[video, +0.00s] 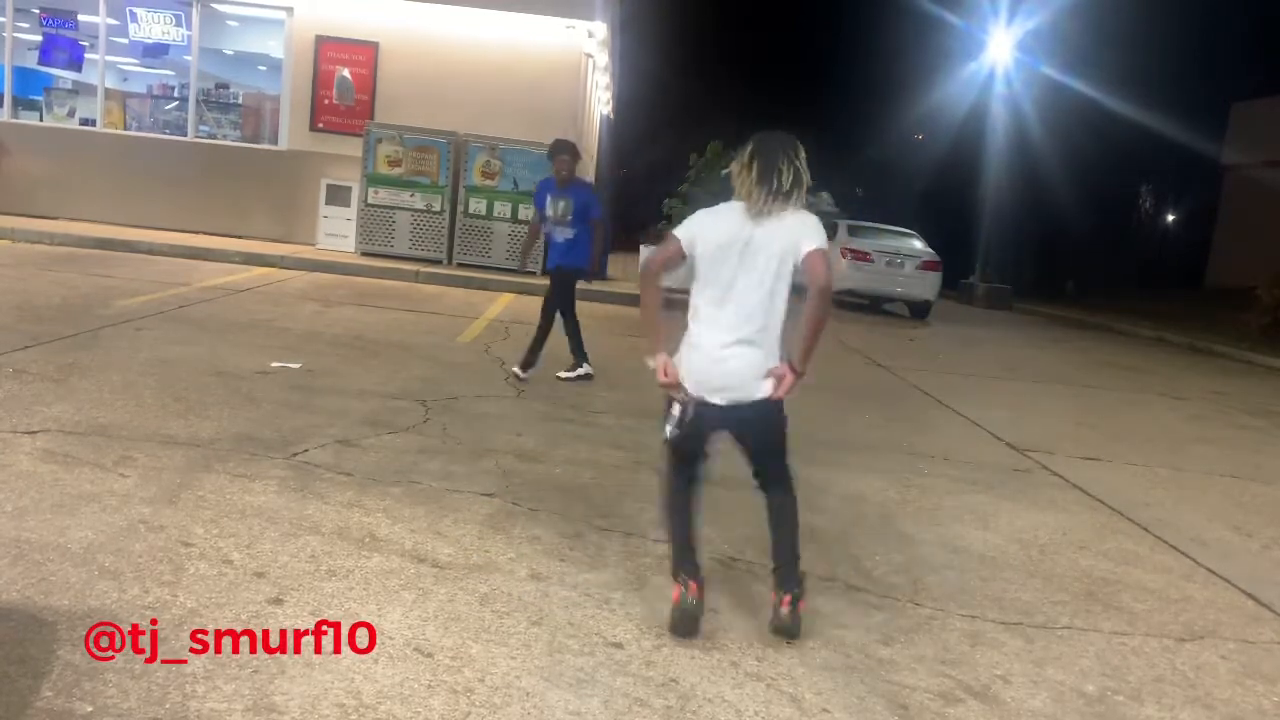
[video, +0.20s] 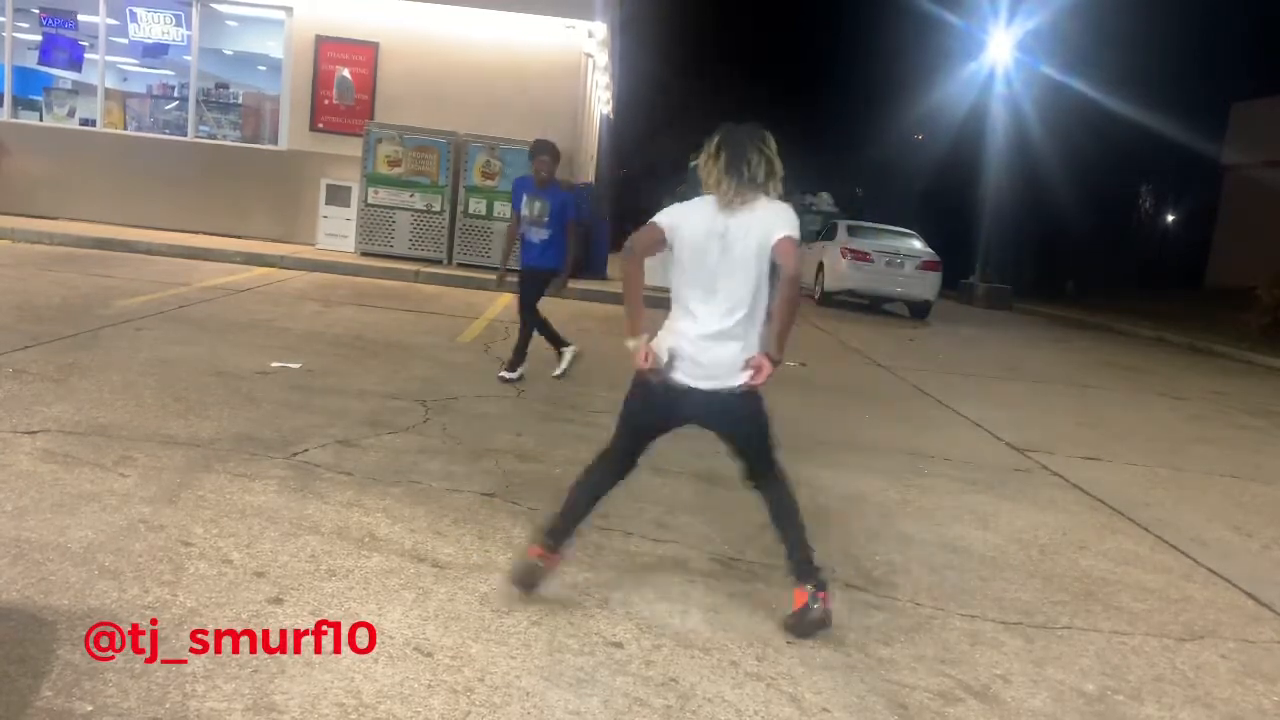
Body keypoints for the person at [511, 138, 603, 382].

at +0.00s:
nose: (564, 166)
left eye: (569, 162)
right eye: (559, 162)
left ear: (576, 164)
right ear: (552, 163)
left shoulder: (585, 191)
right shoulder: (544, 188)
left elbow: (598, 226)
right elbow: (537, 222)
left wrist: (595, 261)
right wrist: (524, 255)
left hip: (575, 259)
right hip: (554, 257)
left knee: (548, 308)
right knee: (568, 311)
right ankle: (581, 362)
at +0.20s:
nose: (543, 167)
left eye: (548, 162)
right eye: (539, 161)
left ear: (556, 165)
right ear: (531, 163)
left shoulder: (564, 195)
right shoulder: (521, 186)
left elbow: (570, 235)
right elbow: (514, 226)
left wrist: (566, 272)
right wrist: (504, 264)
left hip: (550, 262)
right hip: (527, 259)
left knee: (527, 308)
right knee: (527, 308)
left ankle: (516, 362)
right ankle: (563, 346)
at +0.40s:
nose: (516, 157)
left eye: (522, 152)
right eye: (512, 151)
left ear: (530, 154)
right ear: (504, 152)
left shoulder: (540, 184)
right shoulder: (494, 178)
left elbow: (550, 226)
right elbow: (490, 216)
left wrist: (536, 259)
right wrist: (478, 252)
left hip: (523, 256)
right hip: (497, 252)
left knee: (516, 306)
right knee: (480, 297)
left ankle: (515, 362)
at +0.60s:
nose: (482, 156)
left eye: (487, 151)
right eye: (477, 150)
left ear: (495, 153)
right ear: (469, 152)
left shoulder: (507, 184)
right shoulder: (460, 179)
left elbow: (518, 228)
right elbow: (455, 217)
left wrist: (511, 264)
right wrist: (449, 252)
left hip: (494, 261)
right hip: (466, 256)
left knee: (502, 311)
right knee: (443, 303)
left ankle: (513, 363)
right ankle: (426, 356)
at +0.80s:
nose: (450, 145)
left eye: (454, 140)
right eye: (445, 140)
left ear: (462, 143)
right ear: (436, 142)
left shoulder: (473, 176)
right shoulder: (427, 171)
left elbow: (485, 220)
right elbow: (424, 211)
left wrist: (483, 260)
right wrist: (413, 245)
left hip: (459, 253)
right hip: (432, 250)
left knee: (455, 303)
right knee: (422, 301)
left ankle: (480, 352)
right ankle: (423, 354)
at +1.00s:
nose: (428, 140)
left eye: (433, 135)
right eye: (423, 134)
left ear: (439, 138)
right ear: (412, 136)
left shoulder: (450, 170)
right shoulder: (400, 164)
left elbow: (458, 214)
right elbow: (391, 207)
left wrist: (451, 250)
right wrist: (381, 246)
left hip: (435, 246)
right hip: (408, 244)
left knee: (415, 301)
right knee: (411, 301)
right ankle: (422, 354)